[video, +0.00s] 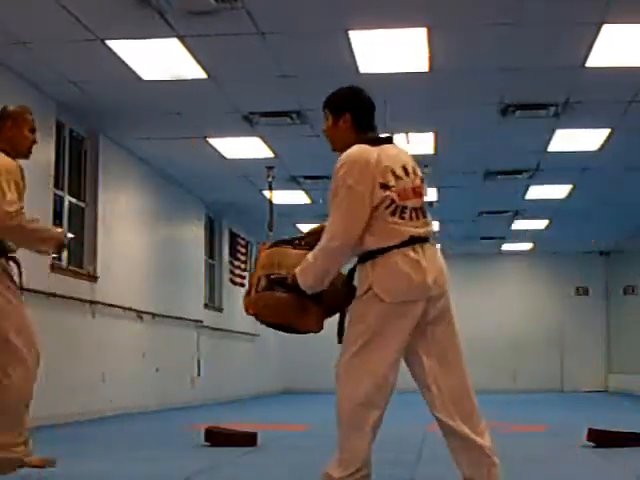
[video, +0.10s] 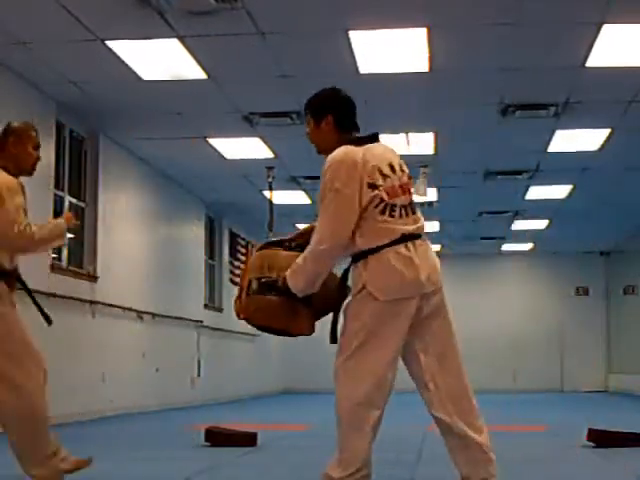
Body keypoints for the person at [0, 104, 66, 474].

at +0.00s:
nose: (34, 138)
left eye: (34, 132)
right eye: (29, 130)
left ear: (13, 132)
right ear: (8, 130)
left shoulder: (12, 169)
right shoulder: (7, 166)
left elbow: (13, 223)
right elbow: (10, 222)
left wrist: (45, 236)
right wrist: (51, 237)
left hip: (6, 272)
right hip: (3, 273)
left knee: (22, 351)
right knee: (22, 351)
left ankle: (14, 447)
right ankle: (11, 448)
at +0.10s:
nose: (38, 155)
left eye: (38, 148)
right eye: (33, 147)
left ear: (14, 147)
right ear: (11, 146)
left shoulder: (13, 185)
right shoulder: (6, 183)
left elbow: (16, 236)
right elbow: (14, 237)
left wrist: (55, 227)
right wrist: (61, 226)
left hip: (6, 292)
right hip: (2, 293)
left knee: (25, 369)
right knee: (26, 368)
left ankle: (45, 454)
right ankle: (39, 461)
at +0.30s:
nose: (57, 158)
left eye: (57, 152)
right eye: (50, 150)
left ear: (37, 155)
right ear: (26, 152)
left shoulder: (36, 202)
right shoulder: (14, 197)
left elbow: (49, 245)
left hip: (26, 301)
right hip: (19, 302)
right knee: (63, 382)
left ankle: (86, 467)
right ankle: (88, 469)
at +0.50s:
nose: (88, 150)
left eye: (88, 144)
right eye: (82, 142)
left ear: (67, 145)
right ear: (59, 142)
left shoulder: (74, 191)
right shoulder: (44, 186)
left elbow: (96, 242)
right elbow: (69, 247)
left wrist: (136, 272)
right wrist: (118, 282)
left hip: (102, 283)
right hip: (75, 289)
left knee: (167, 319)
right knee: (96, 377)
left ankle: (145, 399)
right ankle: (99, 467)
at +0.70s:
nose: (121, 130)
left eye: (122, 125)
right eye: (114, 123)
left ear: (108, 129)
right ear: (91, 124)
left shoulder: (104, 164)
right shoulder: (84, 160)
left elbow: (63, 221)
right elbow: (131, 173)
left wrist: (22, 252)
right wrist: (151, 130)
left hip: (147, 253)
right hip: (117, 260)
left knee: (216, 279)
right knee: (144, 347)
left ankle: (250, 360)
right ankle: (126, 439)